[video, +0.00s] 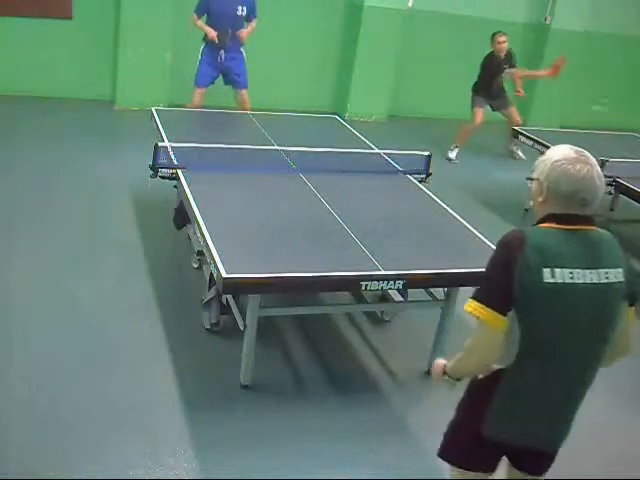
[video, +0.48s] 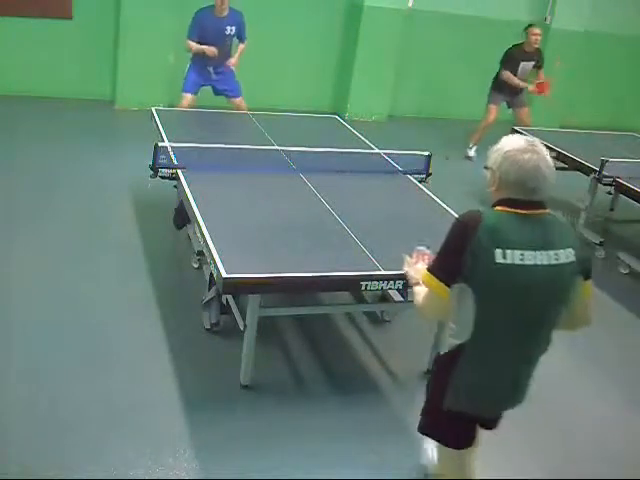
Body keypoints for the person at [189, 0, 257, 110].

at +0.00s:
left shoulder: (248, 2)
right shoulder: (208, 2)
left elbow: (252, 21)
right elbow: (196, 18)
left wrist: (246, 32)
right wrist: (208, 30)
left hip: (234, 50)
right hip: (211, 49)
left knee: (242, 91)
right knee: (199, 88)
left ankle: (247, 125)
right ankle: (192, 123)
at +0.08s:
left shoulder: (247, 4)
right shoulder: (210, 3)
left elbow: (253, 27)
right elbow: (196, 25)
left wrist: (247, 39)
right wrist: (208, 38)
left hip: (234, 58)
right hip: (211, 57)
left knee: (244, 103)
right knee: (196, 102)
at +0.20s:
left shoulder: (248, 6)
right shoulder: (211, 4)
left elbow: (253, 31)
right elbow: (200, 29)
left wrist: (246, 43)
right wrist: (211, 37)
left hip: (233, 56)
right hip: (209, 56)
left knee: (245, 101)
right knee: (195, 98)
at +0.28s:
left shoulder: (246, 6)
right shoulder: (210, 4)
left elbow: (252, 31)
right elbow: (199, 29)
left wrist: (245, 42)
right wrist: (211, 35)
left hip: (232, 56)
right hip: (207, 56)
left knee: (244, 100)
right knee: (193, 99)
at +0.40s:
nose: (224, 2)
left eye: (227, 0)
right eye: (222, 0)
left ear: (231, 1)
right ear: (218, 0)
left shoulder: (240, 14)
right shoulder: (203, 13)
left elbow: (247, 38)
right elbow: (194, 40)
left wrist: (238, 52)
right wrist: (207, 43)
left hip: (227, 65)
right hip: (202, 64)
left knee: (239, 102)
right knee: (188, 101)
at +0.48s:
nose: (222, 3)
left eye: (224, 1)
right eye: (219, 1)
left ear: (228, 2)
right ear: (214, 2)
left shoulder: (236, 17)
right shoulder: (201, 15)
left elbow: (242, 41)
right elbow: (190, 44)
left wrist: (235, 58)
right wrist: (204, 48)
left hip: (223, 67)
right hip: (199, 66)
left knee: (239, 103)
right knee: (186, 103)